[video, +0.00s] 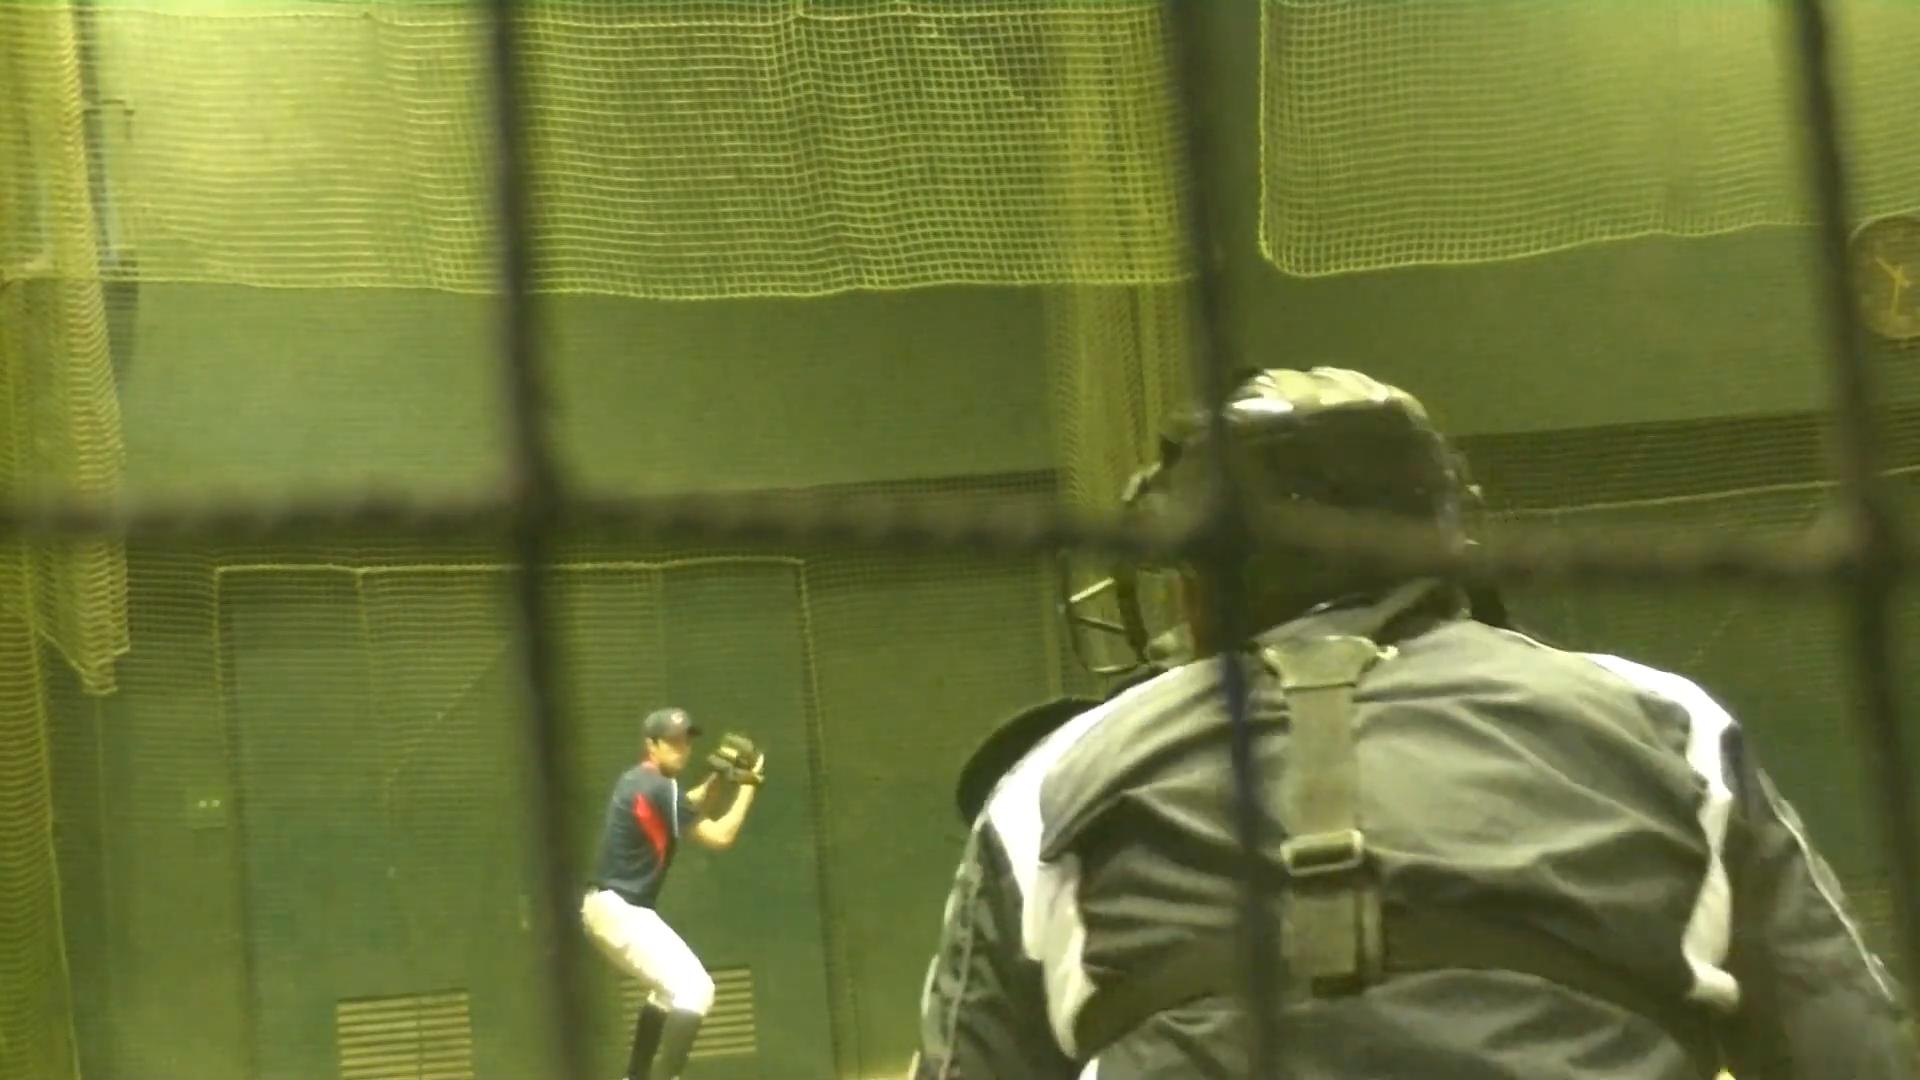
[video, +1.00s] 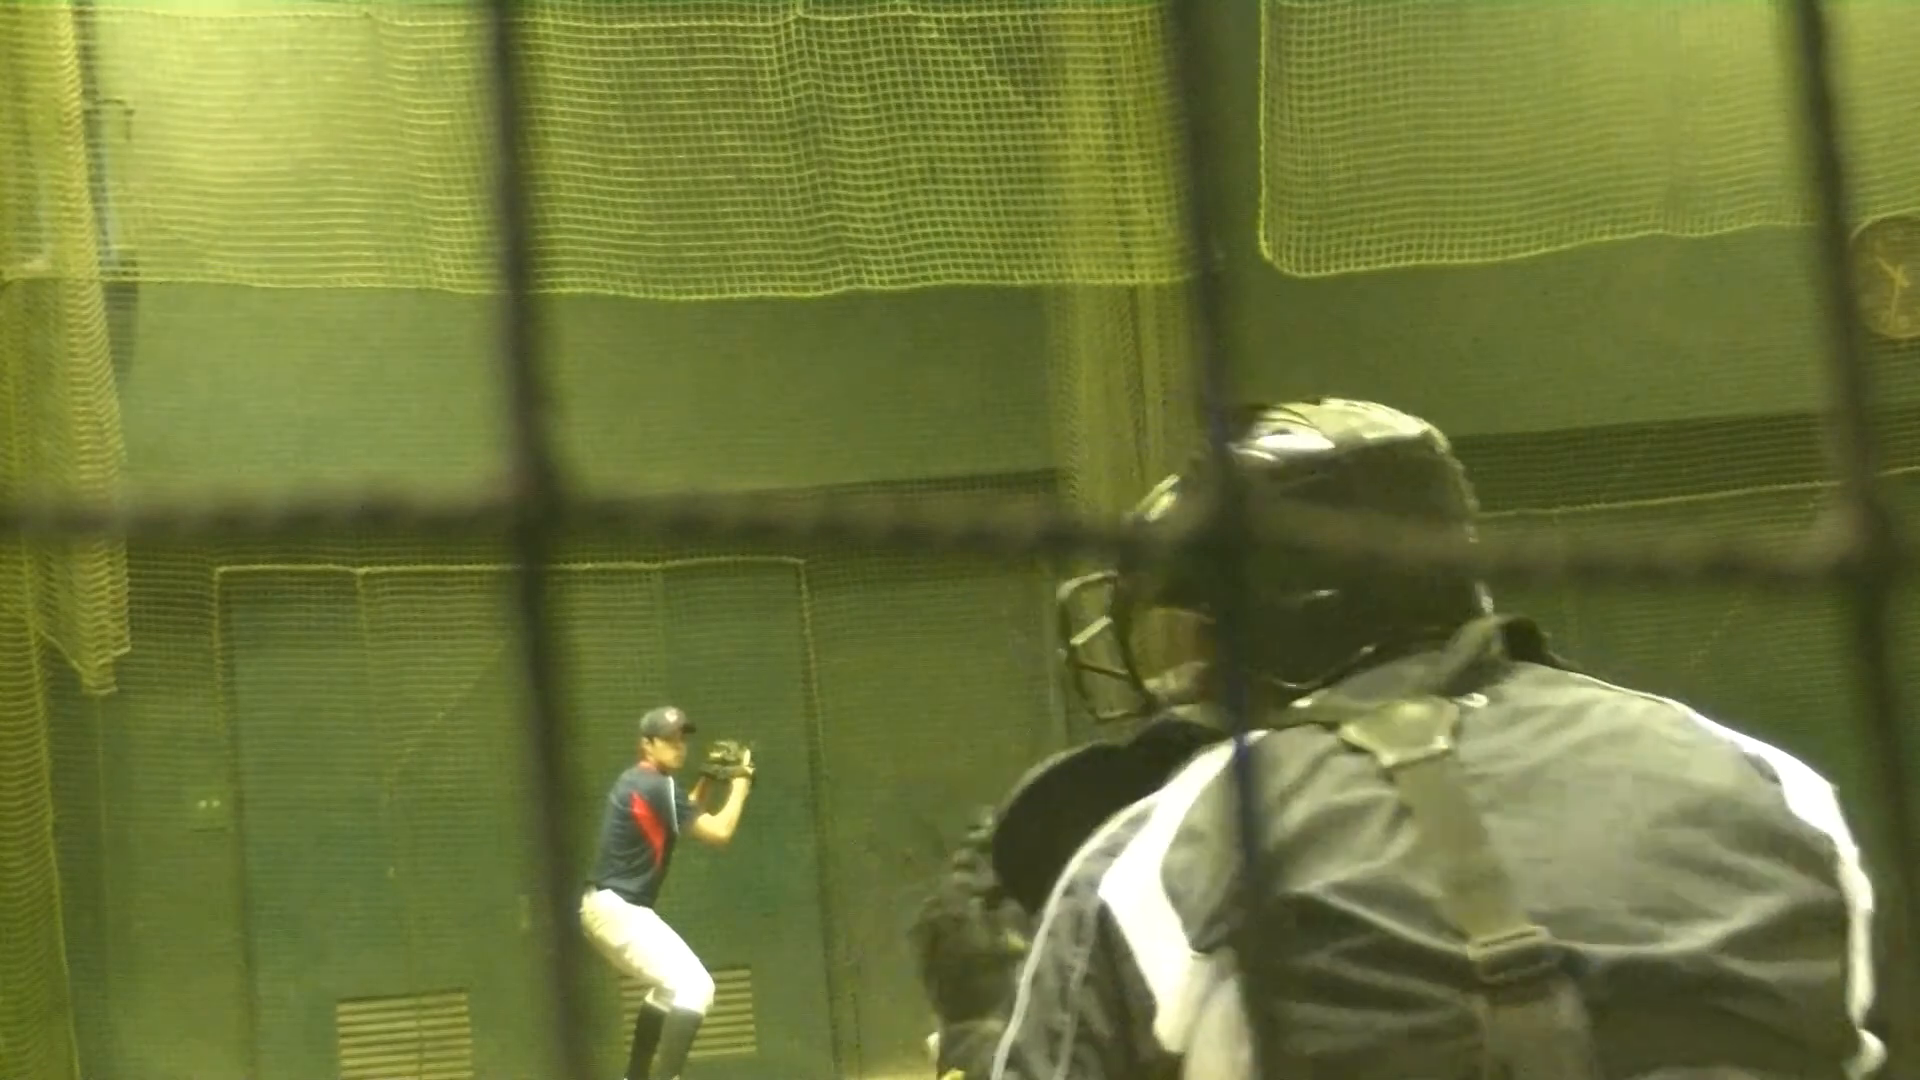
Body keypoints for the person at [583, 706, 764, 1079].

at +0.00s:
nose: (684, 752)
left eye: (686, 744)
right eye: (676, 744)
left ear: (688, 744)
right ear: (652, 745)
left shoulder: (638, 780)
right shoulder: (656, 788)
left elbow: (695, 804)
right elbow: (720, 837)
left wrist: (723, 772)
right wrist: (748, 786)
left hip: (605, 905)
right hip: (619, 909)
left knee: (669, 987)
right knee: (695, 990)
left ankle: (637, 1072)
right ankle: (665, 1073)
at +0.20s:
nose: (683, 751)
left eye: (685, 743)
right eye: (674, 744)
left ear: (686, 743)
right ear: (651, 745)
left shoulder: (636, 780)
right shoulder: (657, 787)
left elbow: (686, 813)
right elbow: (721, 832)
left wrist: (718, 781)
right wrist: (743, 784)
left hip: (604, 905)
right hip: (620, 909)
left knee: (670, 985)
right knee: (695, 989)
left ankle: (639, 1071)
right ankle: (668, 1072)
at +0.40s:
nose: (683, 752)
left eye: (685, 744)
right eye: (675, 744)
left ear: (687, 744)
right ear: (651, 746)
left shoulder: (638, 782)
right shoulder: (656, 788)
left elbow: (684, 817)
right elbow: (726, 825)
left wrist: (710, 788)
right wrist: (738, 776)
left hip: (606, 907)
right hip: (618, 909)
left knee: (671, 985)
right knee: (698, 989)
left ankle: (639, 1073)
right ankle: (669, 1073)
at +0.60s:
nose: (682, 750)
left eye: (684, 742)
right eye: (673, 743)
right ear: (650, 745)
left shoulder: (635, 782)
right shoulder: (655, 787)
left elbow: (688, 816)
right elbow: (723, 828)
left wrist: (710, 783)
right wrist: (739, 778)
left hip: (605, 906)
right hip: (618, 909)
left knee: (670, 985)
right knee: (697, 989)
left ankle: (638, 1073)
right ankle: (669, 1073)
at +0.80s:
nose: (680, 750)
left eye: (683, 742)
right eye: (672, 743)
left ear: (684, 744)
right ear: (649, 745)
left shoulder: (635, 781)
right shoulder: (655, 787)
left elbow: (686, 814)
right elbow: (718, 832)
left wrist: (711, 777)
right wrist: (741, 782)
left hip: (603, 906)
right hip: (619, 909)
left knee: (669, 985)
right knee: (696, 988)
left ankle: (638, 1073)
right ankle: (669, 1073)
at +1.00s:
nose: (681, 747)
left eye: (683, 739)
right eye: (672, 740)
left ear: (651, 746)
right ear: (648, 744)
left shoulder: (635, 779)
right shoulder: (655, 786)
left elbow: (687, 814)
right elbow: (719, 832)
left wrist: (711, 776)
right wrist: (741, 783)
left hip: (602, 906)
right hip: (618, 908)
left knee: (668, 985)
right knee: (696, 987)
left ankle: (637, 1074)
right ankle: (668, 1074)